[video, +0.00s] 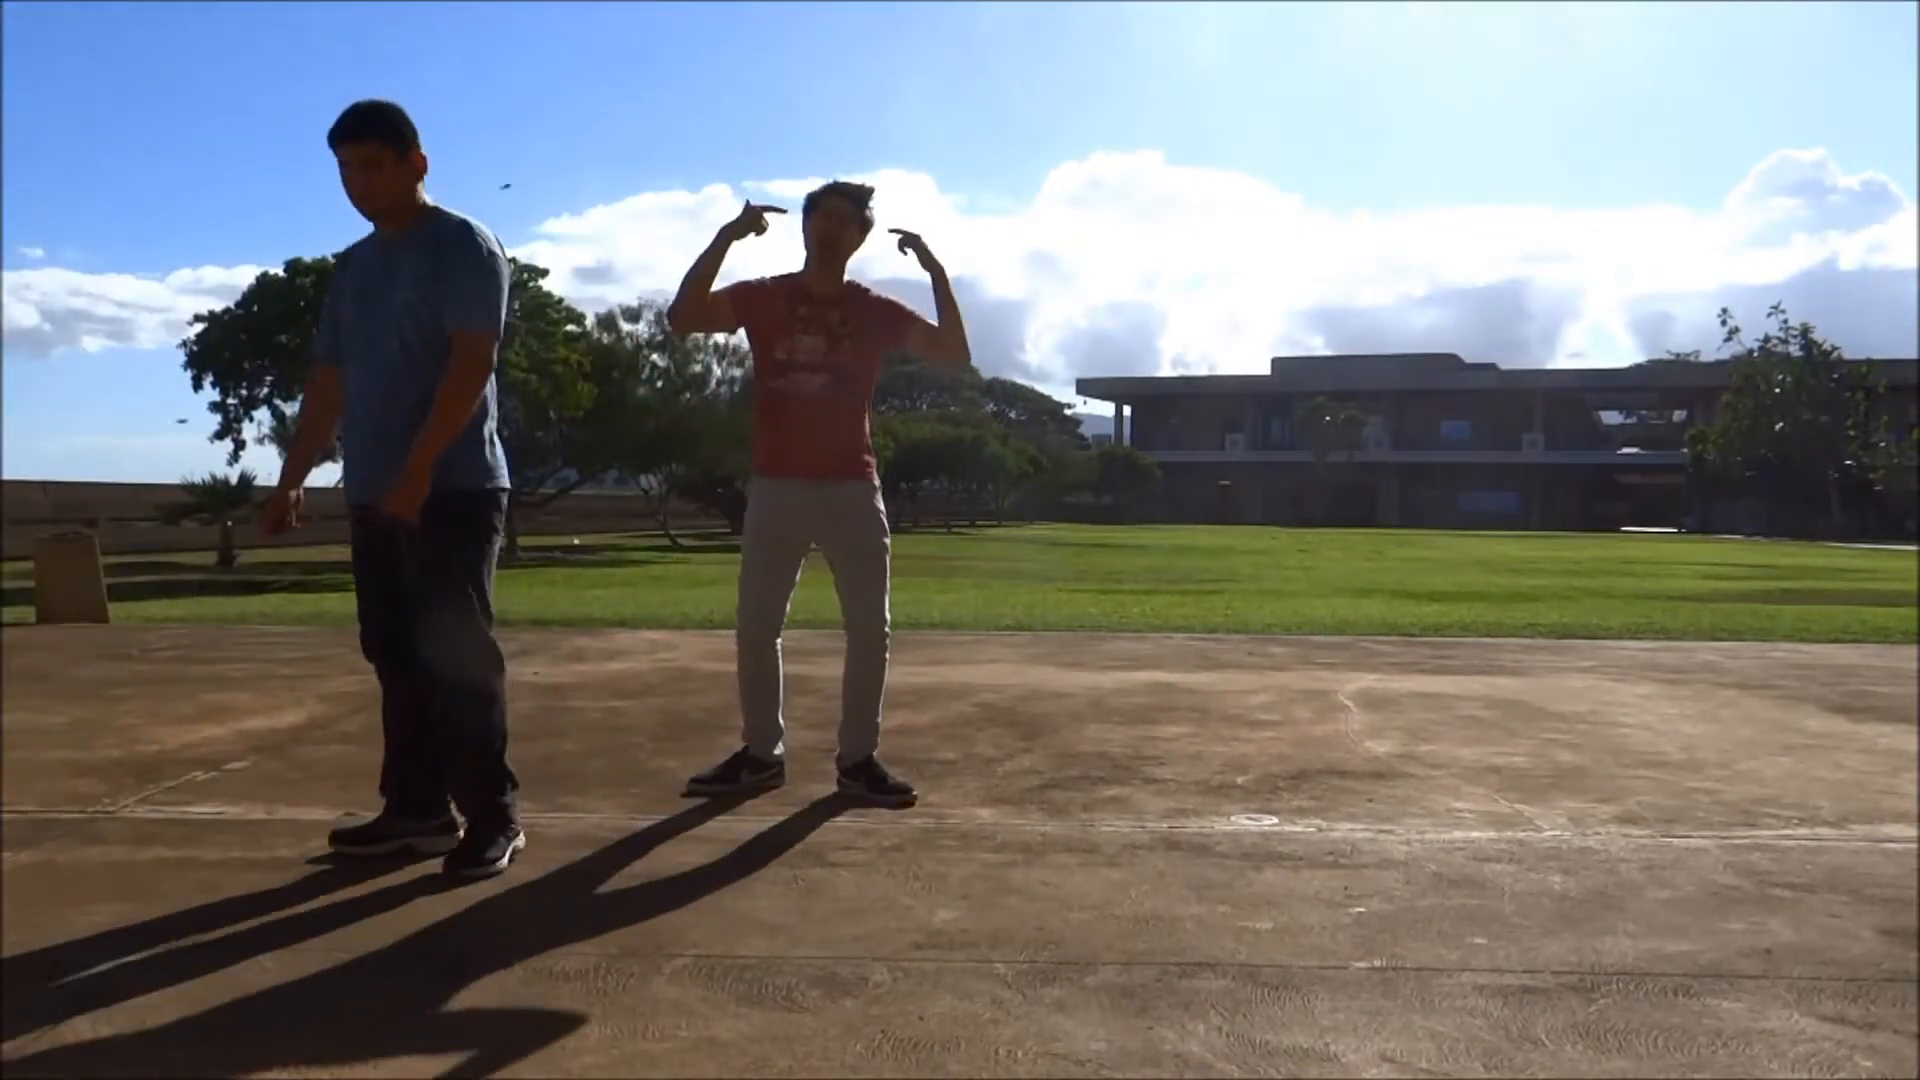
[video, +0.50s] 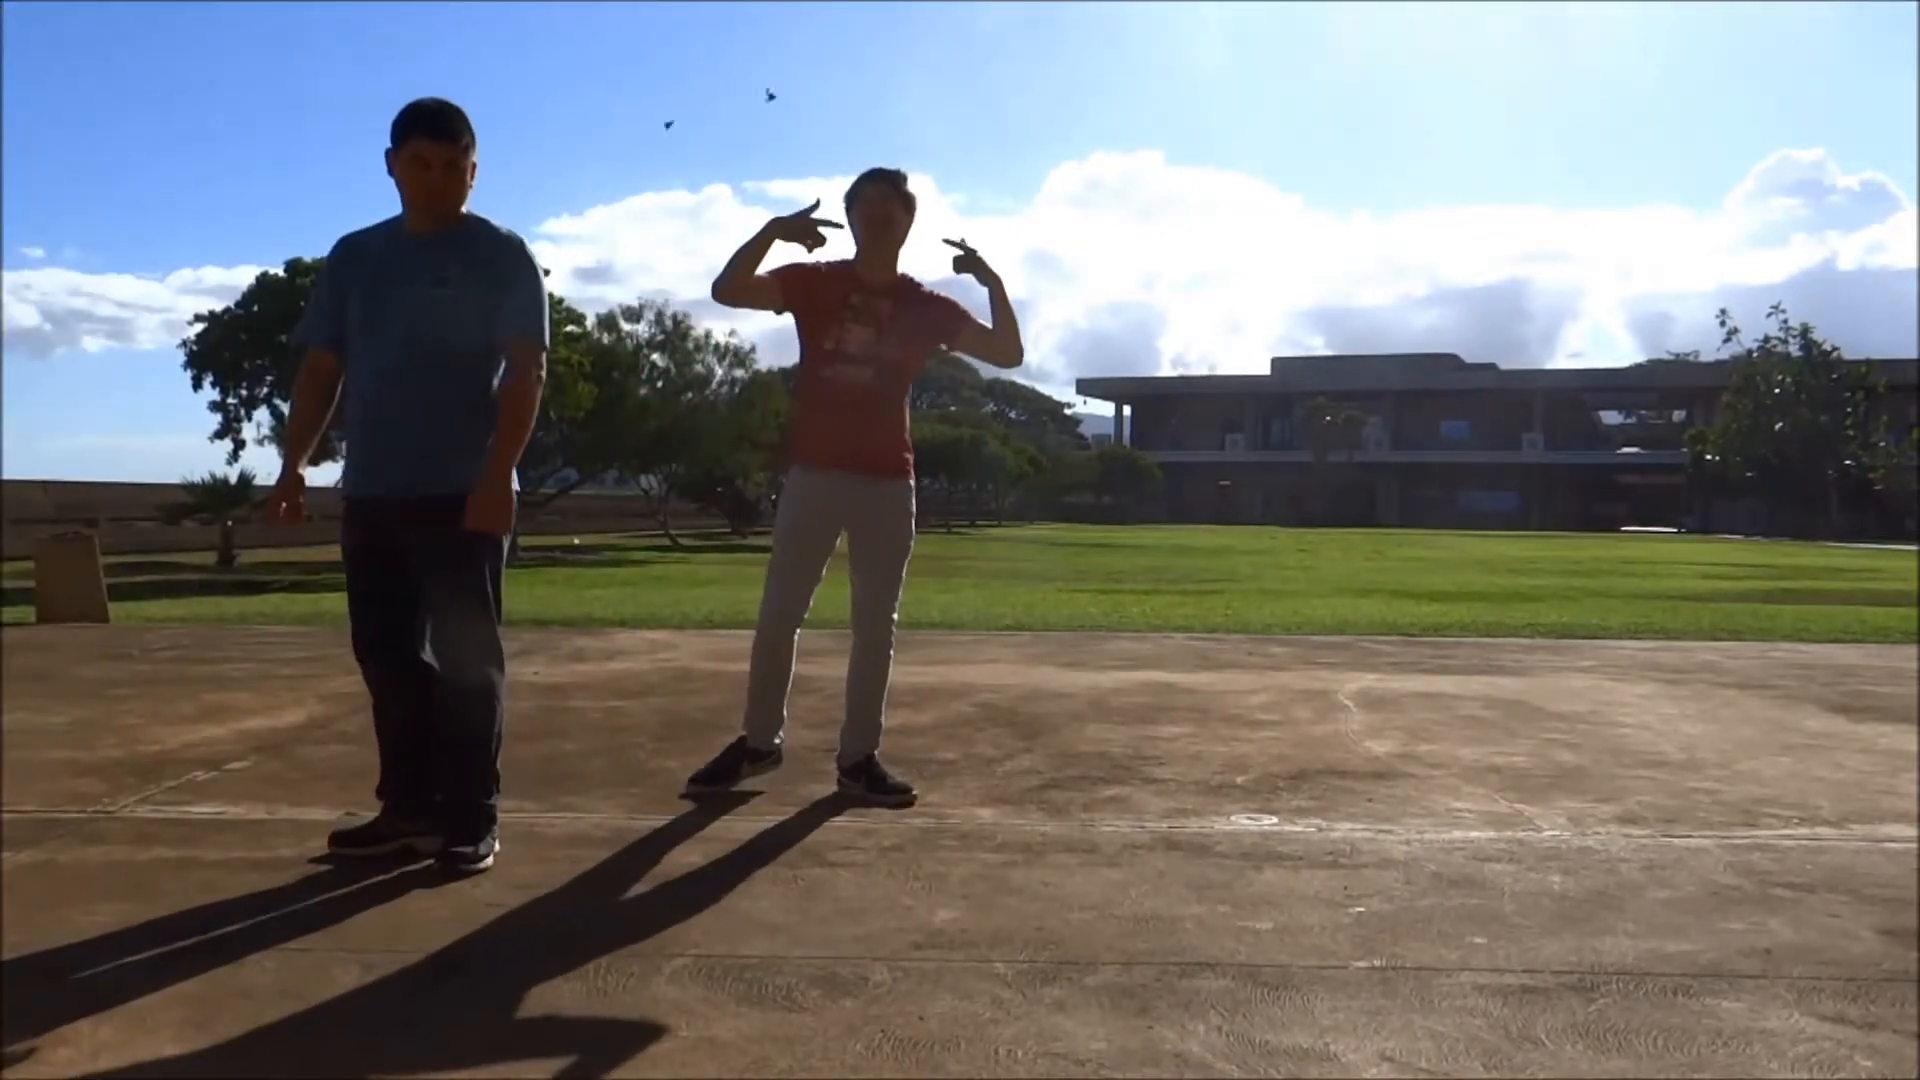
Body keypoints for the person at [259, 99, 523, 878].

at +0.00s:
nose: (354, 183)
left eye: (368, 166)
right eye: (346, 170)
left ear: (414, 162)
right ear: (340, 177)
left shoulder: (466, 249)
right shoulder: (351, 271)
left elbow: (472, 368)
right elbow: (328, 384)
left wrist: (418, 466)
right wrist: (292, 477)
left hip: (457, 483)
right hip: (376, 489)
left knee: (457, 647)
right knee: (393, 649)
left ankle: (492, 819)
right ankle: (416, 809)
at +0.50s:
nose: (439, 178)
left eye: (452, 163)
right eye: (422, 164)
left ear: (473, 168)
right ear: (393, 166)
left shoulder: (503, 256)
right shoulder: (354, 257)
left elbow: (525, 370)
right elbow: (321, 368)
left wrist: (498, 476)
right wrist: (294, 463)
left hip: (466, 491)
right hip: (375, 491)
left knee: (467, 659)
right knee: (387, 658)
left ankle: (472, 823)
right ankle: (407, 811)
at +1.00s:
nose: (482, 182)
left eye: (494, 168)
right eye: (464, 167)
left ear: (513, 169)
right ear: (434, 166)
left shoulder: (541, 266)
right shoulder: (376, 253)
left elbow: (563, 381)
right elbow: (335, 368)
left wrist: (554, 476)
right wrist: (311, 469)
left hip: (489, 491)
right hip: (387, 487)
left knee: (486, 663)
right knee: (359, 645)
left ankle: (477, 820)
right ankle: (360, 782)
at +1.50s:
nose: (426, 183)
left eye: (434, 169)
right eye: (410, 168)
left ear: (442, 176)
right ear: (368, 169)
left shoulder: (463, 266)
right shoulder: (311, 255)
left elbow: (502, 362)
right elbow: (251, 350)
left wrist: (533, 419)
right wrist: (274, 370)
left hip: (444, 493)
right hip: (344, 497)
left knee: (457, 658)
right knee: (334, 661)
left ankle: (477, 816)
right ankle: (329, 811)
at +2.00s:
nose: (393, 180)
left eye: (403, 169)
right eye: (377, 166)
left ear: (414, 179)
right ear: (339, 171)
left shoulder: (427, 266)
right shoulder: (287, 256)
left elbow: (485, 353)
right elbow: (217, 345)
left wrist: (516, 288)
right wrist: (249, 251)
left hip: (411, 487)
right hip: (315, 492)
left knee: (406, 652)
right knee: (324, 655)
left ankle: (385, 797)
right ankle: (330, 806)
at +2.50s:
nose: (454, 209)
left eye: (462, 196)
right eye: (440, 193)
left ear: (470, 200)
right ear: (401, 187)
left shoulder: (468, 273)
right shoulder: (341, 259)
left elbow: (521, 354)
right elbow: (270, 340)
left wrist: (538, 283)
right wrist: (311, 254)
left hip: (449, 490)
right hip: (360, 493)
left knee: (487, 636)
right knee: (349, 655)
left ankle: (518, 776)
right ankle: (333, 804)